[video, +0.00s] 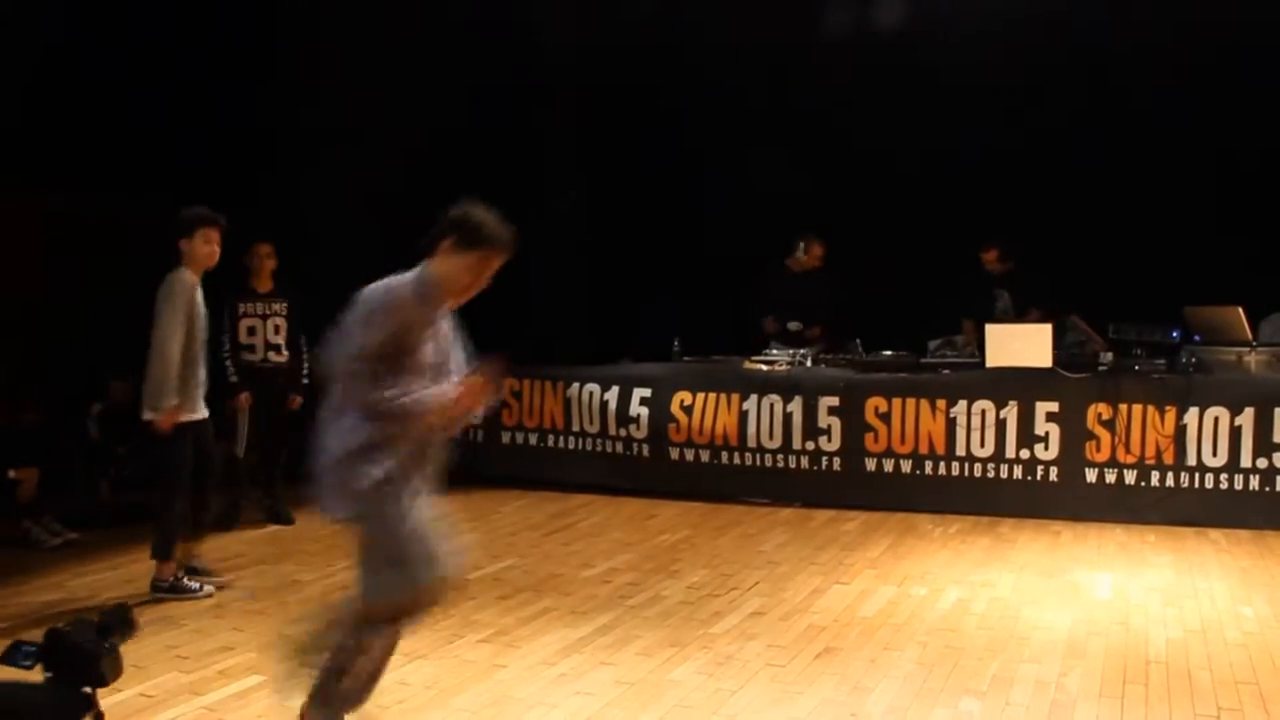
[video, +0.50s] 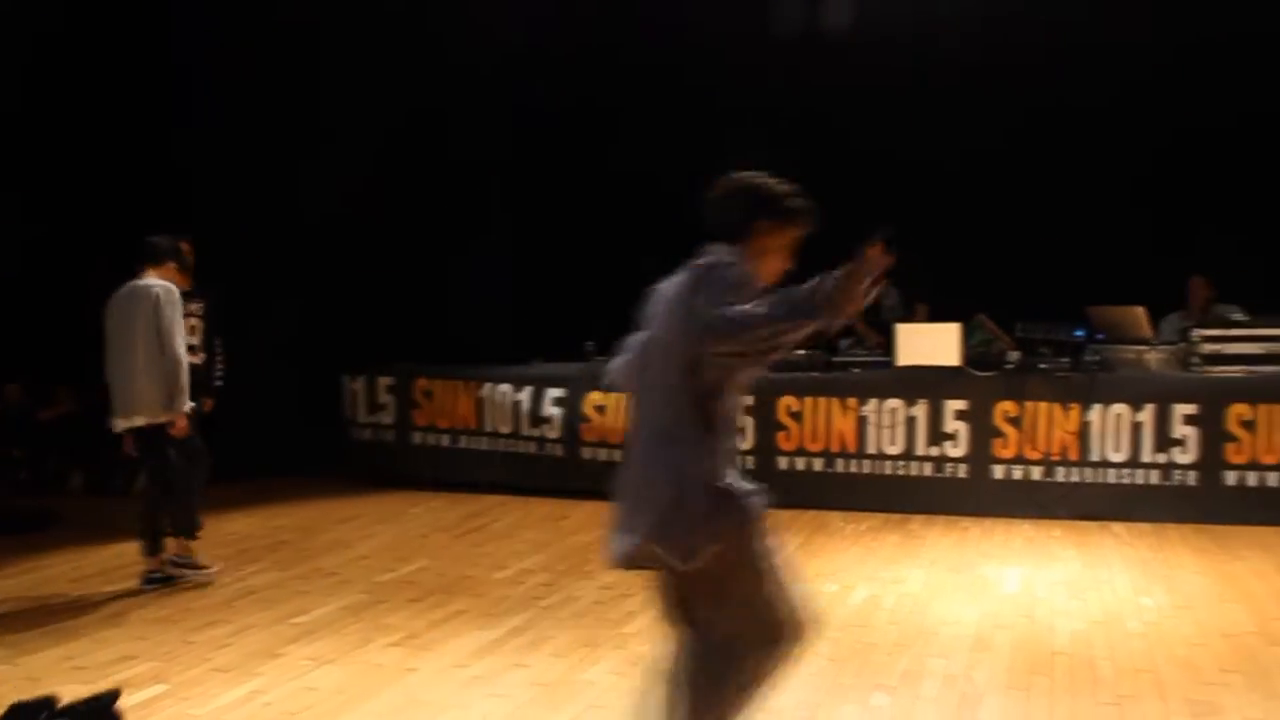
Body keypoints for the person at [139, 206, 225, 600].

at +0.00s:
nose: (214, 250)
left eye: (217, 242)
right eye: (207, 241)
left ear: (215, 246)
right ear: (186, 244)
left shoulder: (195, 287)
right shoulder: (179, 285)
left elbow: (188, 348)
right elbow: (167, 345)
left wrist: (192, 401)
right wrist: (166, 403)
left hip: (194, 413)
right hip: (176, 416)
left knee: (195, 487)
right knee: (174, 492)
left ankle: (181, 558)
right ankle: (165, 571)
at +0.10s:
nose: (217, 254)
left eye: (219, 247)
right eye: (210, 246)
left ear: (215, 251)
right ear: (188, 248)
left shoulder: (196, 289)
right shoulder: (185, 288)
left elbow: (195, 351)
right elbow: (183, 349)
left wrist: (202, 401)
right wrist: (187, 403)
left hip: (194, 413)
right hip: (177, 414)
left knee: (202, 485)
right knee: (168, 491)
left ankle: (226, 558)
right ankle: (156, 573)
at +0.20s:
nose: (217, 264)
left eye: (218, 256)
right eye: (213, 255)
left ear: (195, 255)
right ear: (194, 253)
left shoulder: (174, 292)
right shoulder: (185, 291)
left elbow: (167, 360)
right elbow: (189, 353)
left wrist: (162, 417)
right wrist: (198, 407)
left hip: (181, 414)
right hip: (182, 415)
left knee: (204, 486)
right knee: (164, 491)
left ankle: (221, 559)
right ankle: (142, 571)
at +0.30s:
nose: (212, 277)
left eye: (215, 270)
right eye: (212, 268)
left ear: (188, 261)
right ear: (199, 261)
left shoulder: (154, 295)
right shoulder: (182, 289)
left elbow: (147, 363)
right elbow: (186, 349)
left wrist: (154, 416)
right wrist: (198, 399)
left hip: (167, 412)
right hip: (186, 411)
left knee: (193, 486)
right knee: (187, 487)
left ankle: (203, 560)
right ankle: (140, 557)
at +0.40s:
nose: (198, 292)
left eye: (201, 286)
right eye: (199, 285)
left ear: (172, 271)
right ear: (191, 273)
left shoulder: (137, 304)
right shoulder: (175, 296)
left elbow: (132, 368)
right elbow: (179, 355)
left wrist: (139, 422)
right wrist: (194, 406)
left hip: (151, 417)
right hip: (175, 414)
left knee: (180, 481)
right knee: (192, 478)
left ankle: (181, 557)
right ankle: (159, 539)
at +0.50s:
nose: (179, 279)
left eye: (179, 273)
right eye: (179, 272)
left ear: (145, 265)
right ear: (169, 266)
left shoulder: (118, 299)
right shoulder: (165, 292)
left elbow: (116, 364)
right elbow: (176, 352)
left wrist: (124, 421)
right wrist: (181, 407)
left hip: (135, 412)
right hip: (164, 410)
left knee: (151, 482)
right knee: (184, 473)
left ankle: (153, 560)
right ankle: (182, 550)